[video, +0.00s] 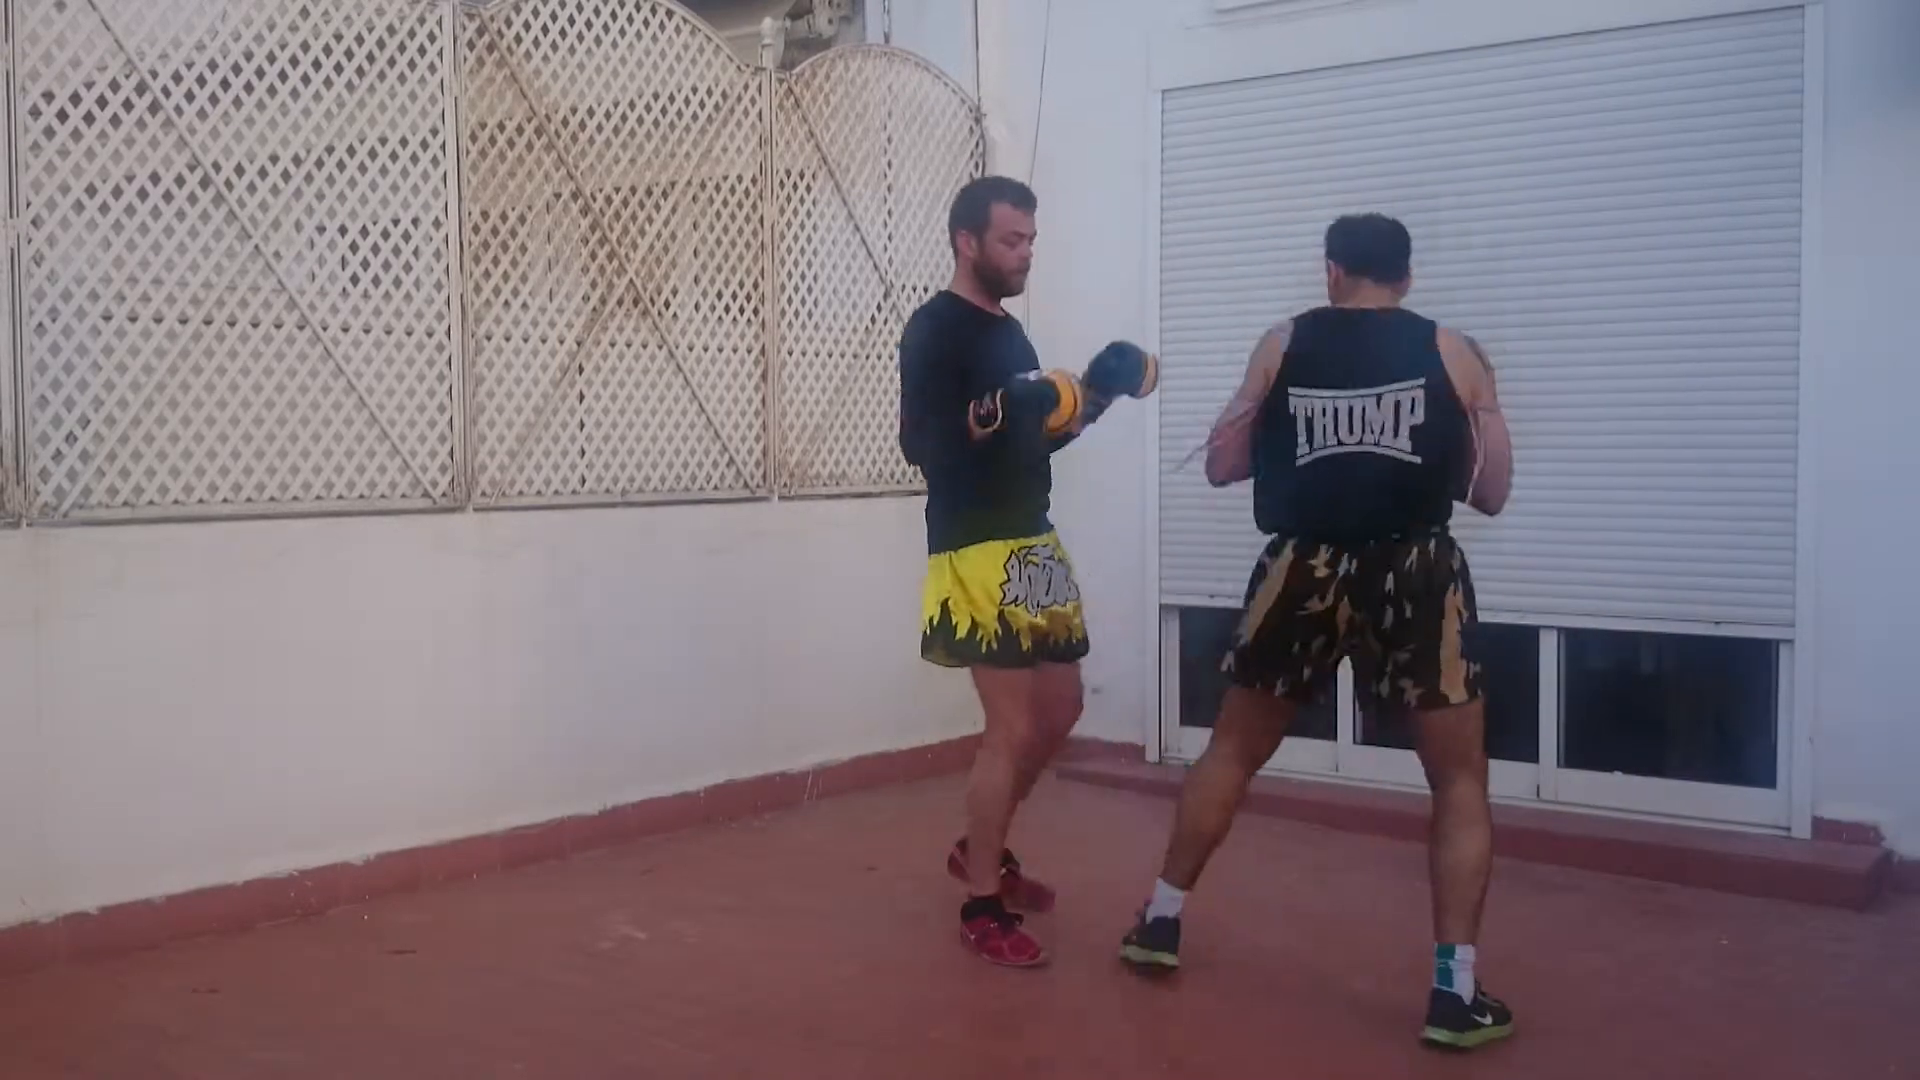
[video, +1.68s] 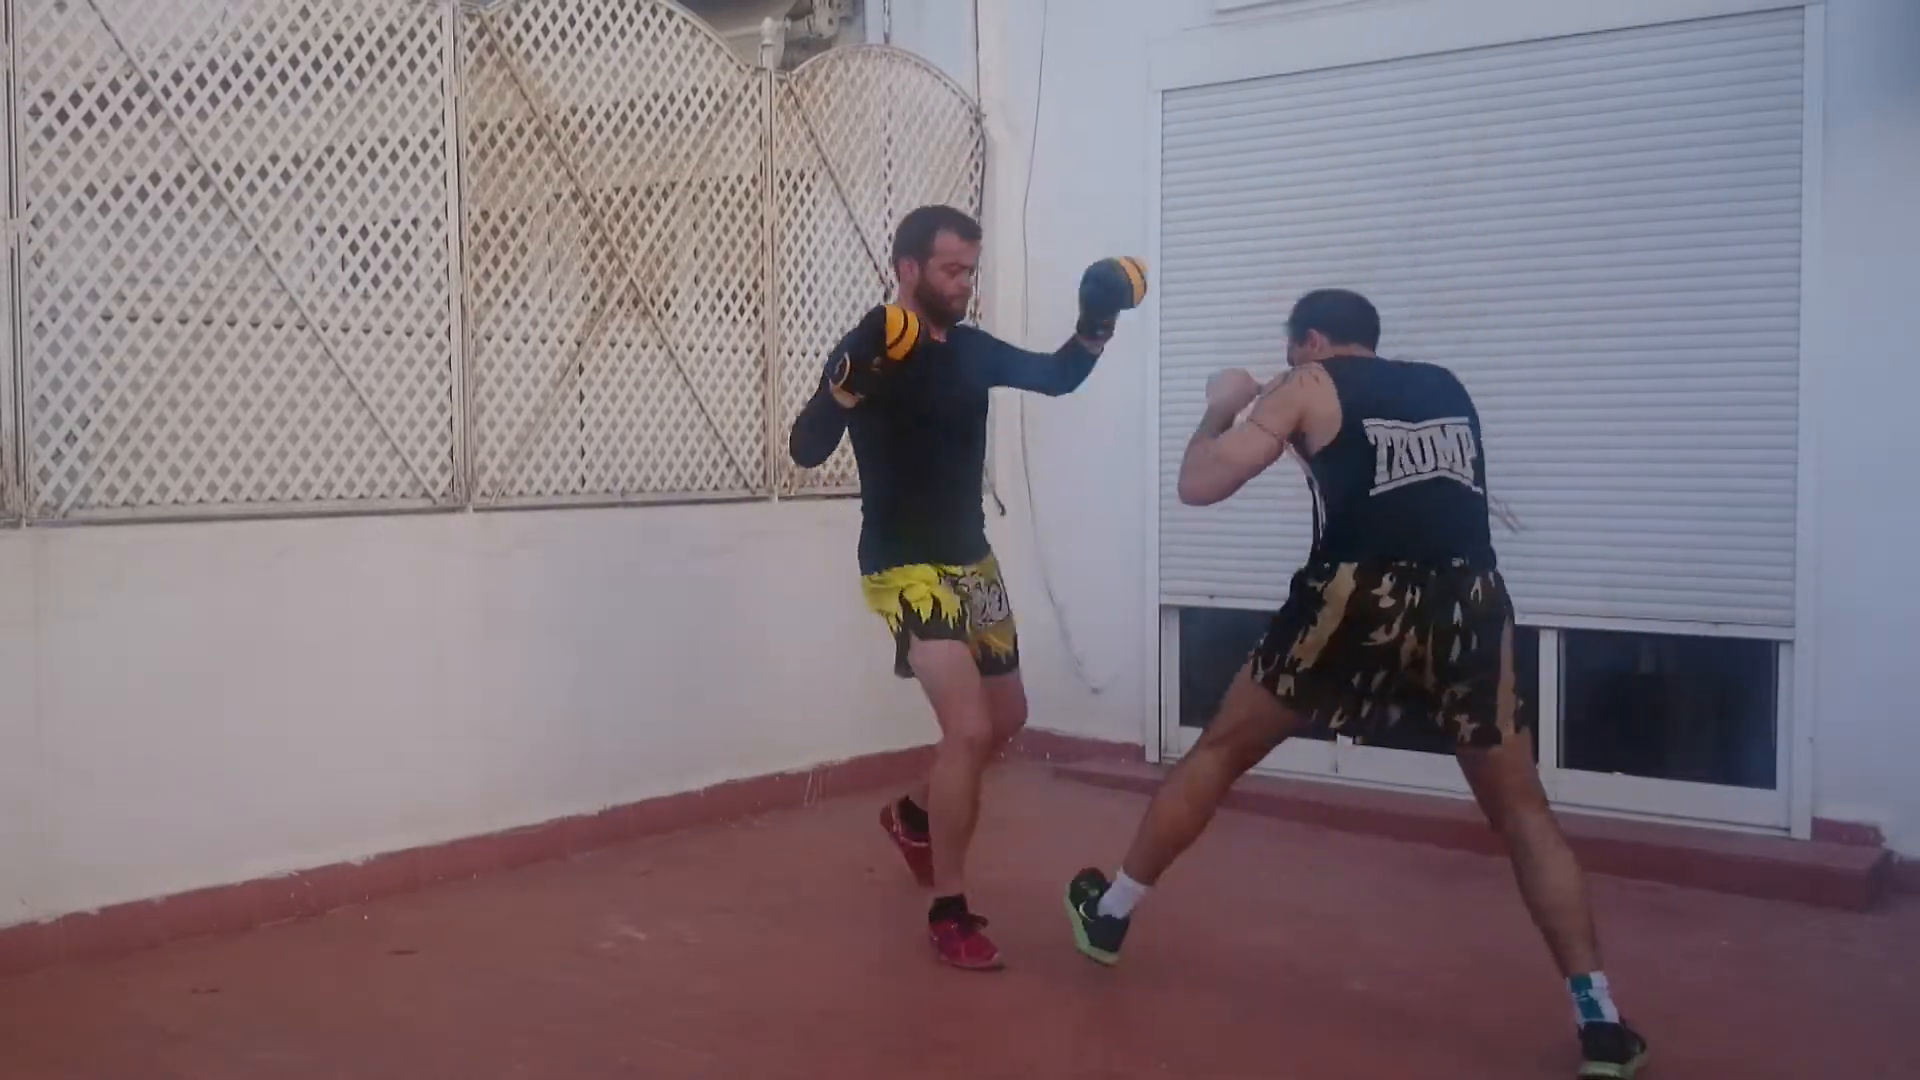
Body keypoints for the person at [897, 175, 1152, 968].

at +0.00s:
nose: (1026, 253)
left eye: (1030, 240)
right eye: (1012, 239)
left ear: (1022, 244)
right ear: (965, 241)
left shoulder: (1010, 330)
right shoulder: (933, 329)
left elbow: (1034, 437)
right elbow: (924, 448)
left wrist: (1095, 395)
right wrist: (1005, 416)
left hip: (1032, 541)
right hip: (978, 551)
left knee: (1056, 711)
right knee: (1009, 727)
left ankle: (983, 847)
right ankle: (982, 904)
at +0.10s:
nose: (1024, 248)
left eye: (1028, 236)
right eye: (1010, 236)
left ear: (1022, 243)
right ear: (964, 240)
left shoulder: (1008, 335)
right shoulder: (926, 329)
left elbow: (1016, 447)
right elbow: (874, 440)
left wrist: (1086, 412)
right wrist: (935, 470)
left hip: (1012, 542)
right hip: (965, 549)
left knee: (983, 711)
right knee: (999, 721)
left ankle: (932, 850)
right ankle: (984, 902)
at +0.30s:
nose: (1006, 257)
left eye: (1013, 245)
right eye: (993, 243)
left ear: (1012, 249)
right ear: (950, 244)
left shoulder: (1003, 332)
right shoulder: (901, 328)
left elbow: (1009, 438)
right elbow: (841, 428)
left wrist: (1071, 429)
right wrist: (882, 468)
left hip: (974, 538)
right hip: (921, 539)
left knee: (924, 711)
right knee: (961, 705)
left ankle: (926, 865)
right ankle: (921, 876)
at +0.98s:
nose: (939, 273)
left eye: (946, 260)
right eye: (928, 260)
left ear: (950, 259)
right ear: (884, 252)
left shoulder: (940, 337)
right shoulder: (837, 327)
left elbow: (1002, 419)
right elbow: (848, 432)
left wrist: (1039, 357)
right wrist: (908, 368)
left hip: (944, 542)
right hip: (866, 545)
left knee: (988, 711)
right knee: (858, 720)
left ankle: (1030, 880)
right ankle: (830, 874)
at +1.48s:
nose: (970, 268)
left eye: (977, 257)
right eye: (959, 255)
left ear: (978, 257)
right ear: (915, 248)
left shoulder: (964, 325)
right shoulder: (876, 319)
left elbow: (1051, 388)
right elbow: (875, 433)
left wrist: (1076, 323)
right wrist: (945, 345)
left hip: (937, 535)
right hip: (871, 539)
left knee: (993, 691)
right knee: (919, 705)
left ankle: (937, 840)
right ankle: (849, 836)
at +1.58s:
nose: (970, 289)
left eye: (977, 276)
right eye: (957, 276)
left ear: (981, 276)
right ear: (914, 274)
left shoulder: (985, 350)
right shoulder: (877, 348)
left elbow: (1073, 379)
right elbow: (833, 447)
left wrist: (1075, 314)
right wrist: (876, 385)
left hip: (942, 557)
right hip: (884, 554)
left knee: (915, 721)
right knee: (959, 701)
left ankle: (872, 849)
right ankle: (928, 877)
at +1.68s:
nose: (965, 284)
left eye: (971, 272)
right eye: (952, 271)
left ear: (972, 273)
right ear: (907, 269)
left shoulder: (974, 348)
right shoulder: (866, 345)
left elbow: (1060, 374)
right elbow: (807, 451)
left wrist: (1098, 312)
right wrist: (849, 381)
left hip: (971, 555)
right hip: (904, 562)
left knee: (1003, 718)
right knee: (967, 730)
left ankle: (917, 814)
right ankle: (950, 908)